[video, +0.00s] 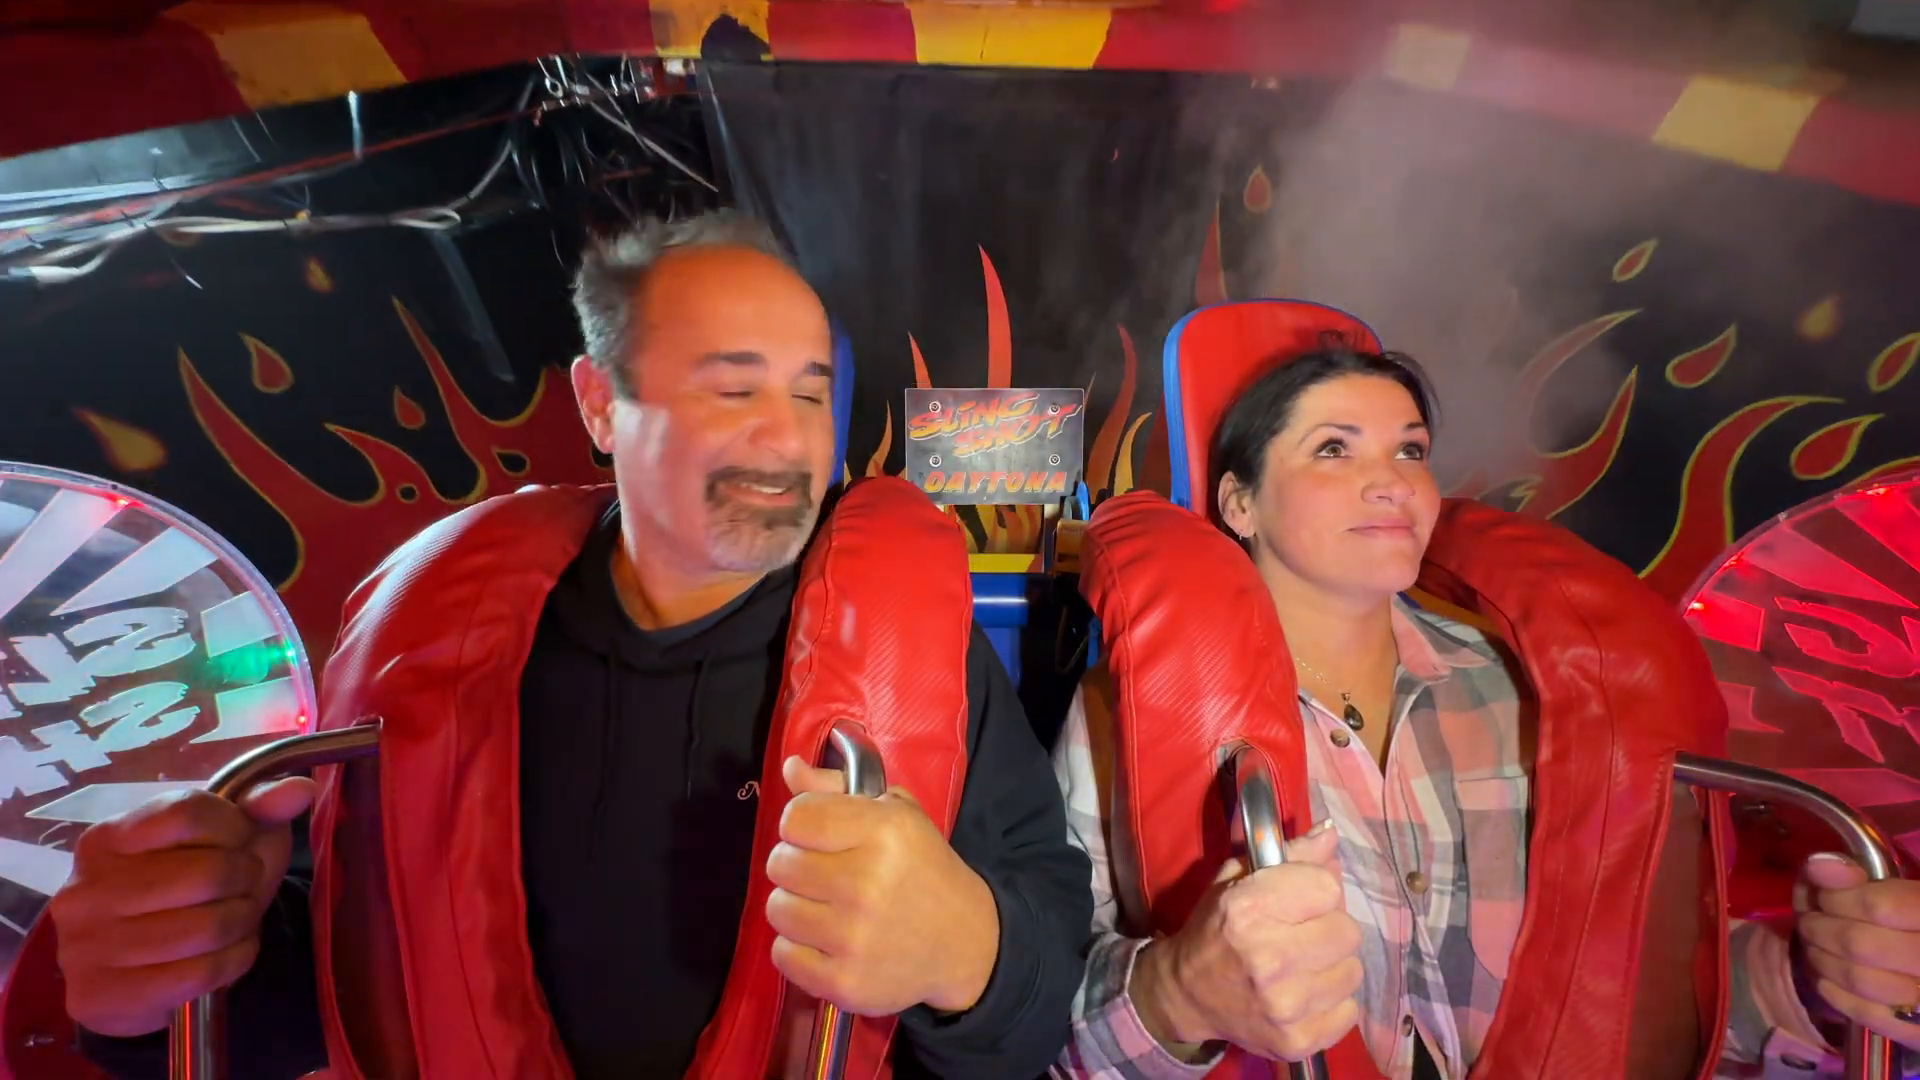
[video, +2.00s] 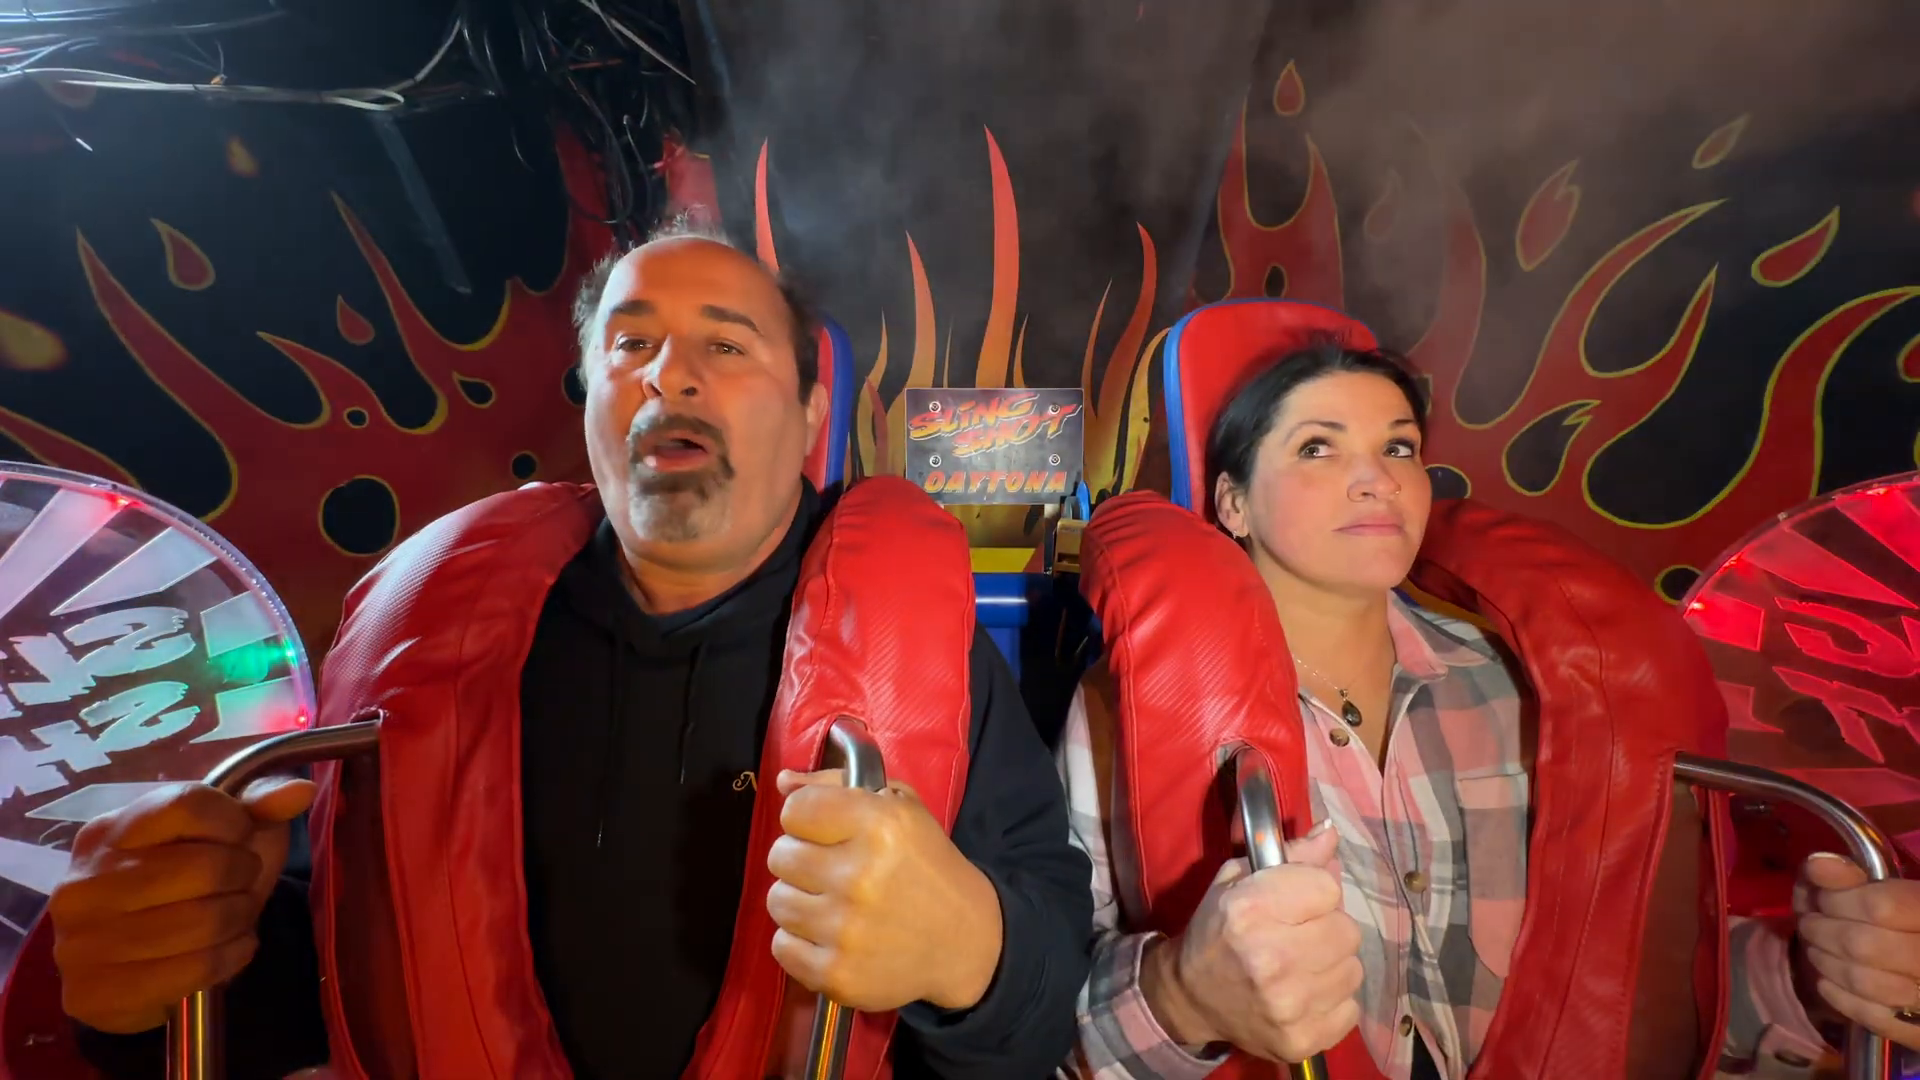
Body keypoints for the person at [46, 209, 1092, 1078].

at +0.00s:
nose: (785, 440)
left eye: (811, 395)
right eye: (728, 391)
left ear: (838, 415)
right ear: (601, 412)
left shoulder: (918, 653)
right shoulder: (437, 633)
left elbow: (1041, 1006)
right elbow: (317, 991)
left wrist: (978, 955)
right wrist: (122, 977)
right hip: (497, 1062)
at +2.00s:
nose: (667, 379)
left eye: (725, 348)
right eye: (632, 347)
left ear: (809, 414)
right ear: (583, 414)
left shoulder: (926, 662)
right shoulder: (434, 635)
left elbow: (1045, 1023)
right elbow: (310, 992)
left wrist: (980, 956)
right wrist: (101, 988)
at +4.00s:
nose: (663, 346)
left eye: (720, 322)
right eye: (630, 328)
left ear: (808, 410)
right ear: (592, 409)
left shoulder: (923, 655)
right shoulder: (433, 628)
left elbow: (1047, 1015)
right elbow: (310, 983)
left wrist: (981, 958)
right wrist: (102, 988)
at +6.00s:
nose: (623, 368)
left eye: (685, 329)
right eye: (602, 347)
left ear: (799, 403)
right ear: (578, 417)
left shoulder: (920, 660)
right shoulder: (440, 641)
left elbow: (1032, 1029)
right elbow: (306, 972)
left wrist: (974, 956)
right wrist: (90, 984)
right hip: (480, 1064)